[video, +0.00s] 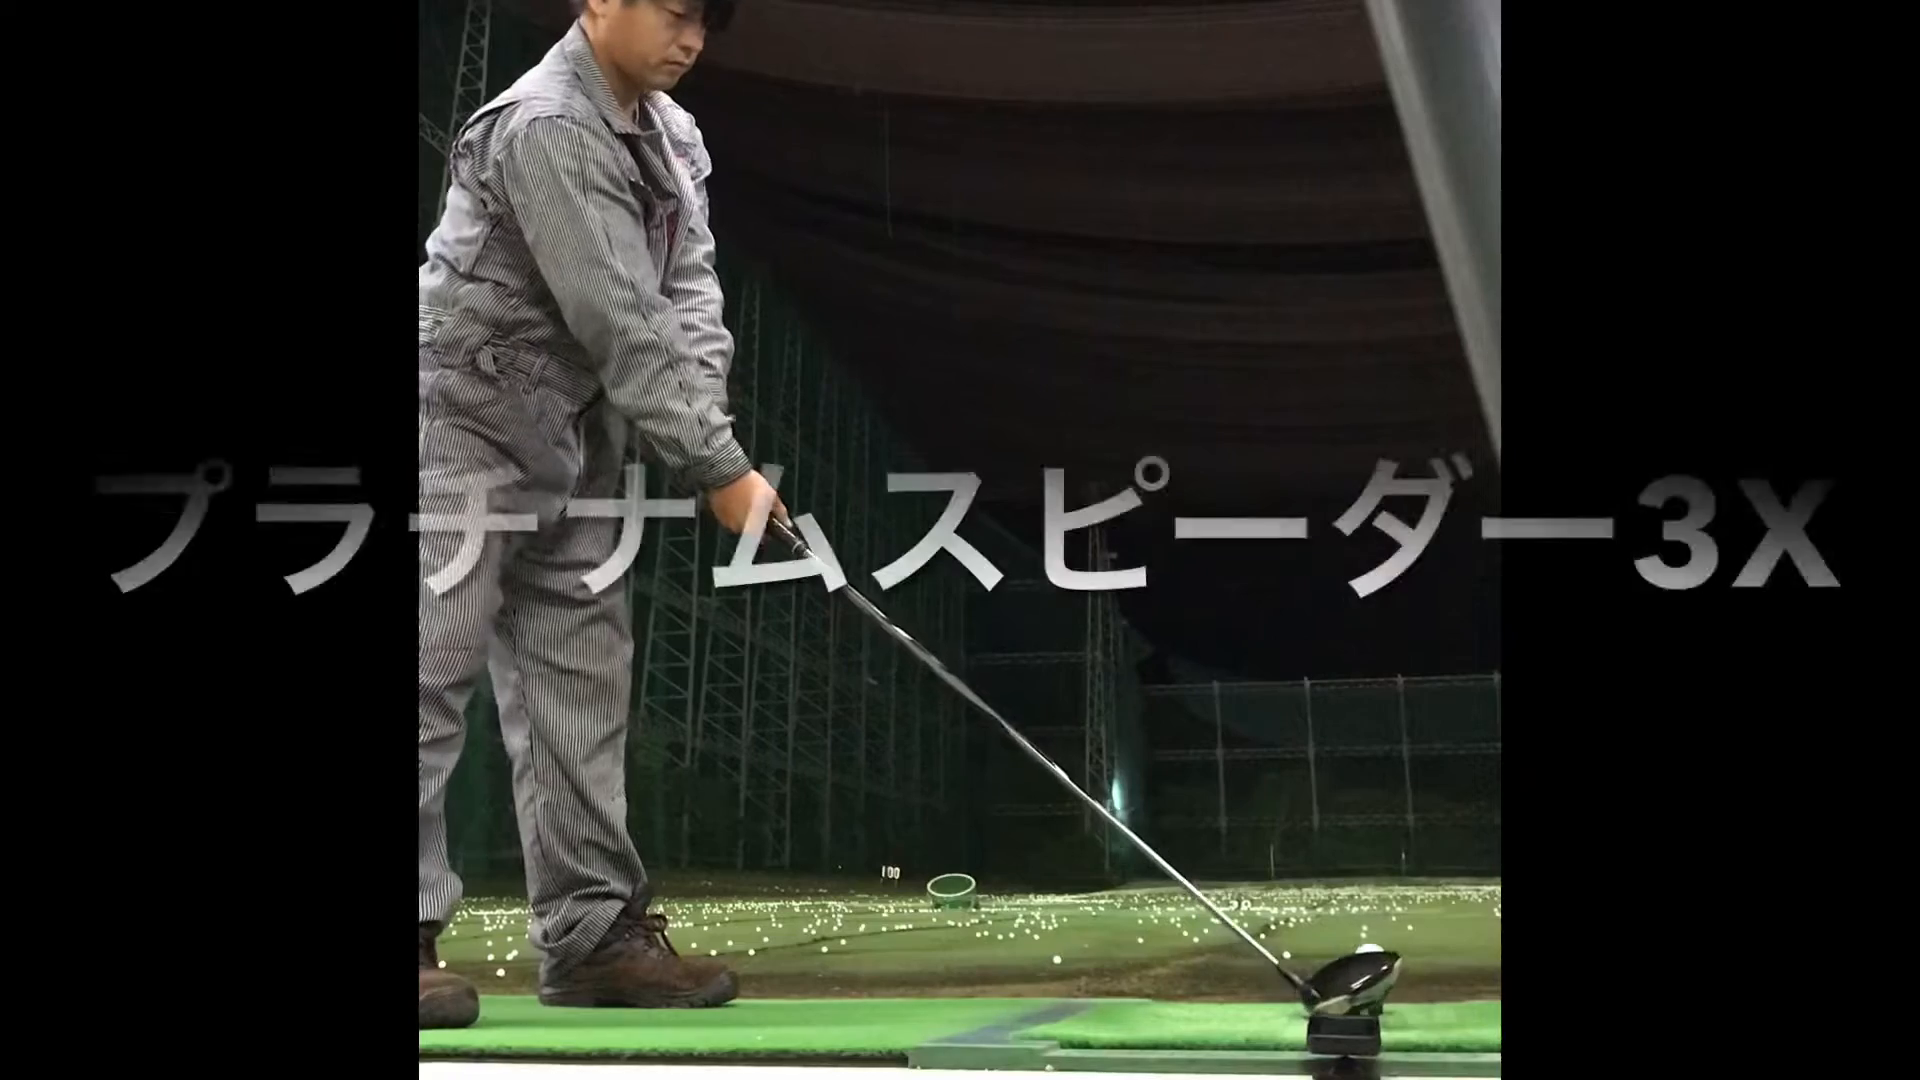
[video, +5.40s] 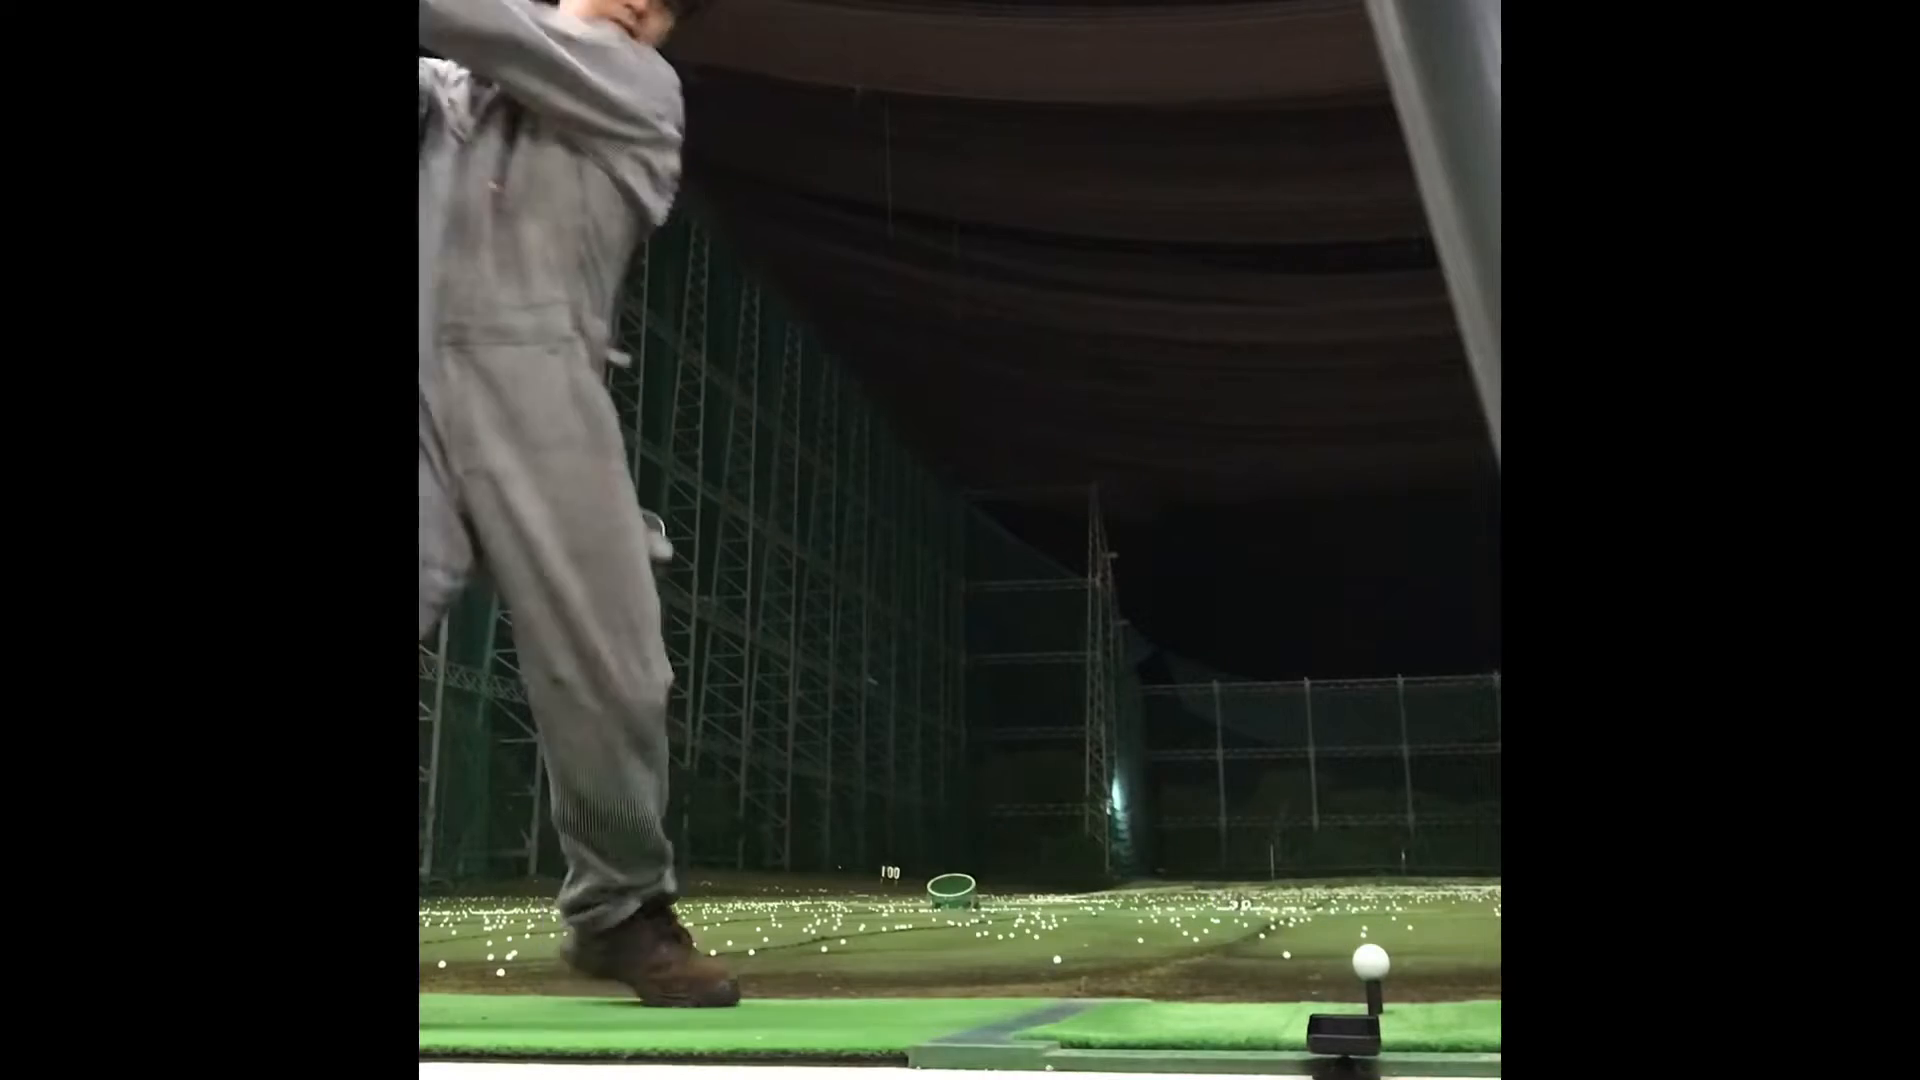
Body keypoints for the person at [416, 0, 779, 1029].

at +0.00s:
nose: (692, 39)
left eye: (701, 20)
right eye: (671, 15)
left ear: (699, 30)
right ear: (597, 9)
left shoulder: (675, 132)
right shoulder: (548, 125)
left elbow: (694, 294)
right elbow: (615, 318)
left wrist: (701, 428)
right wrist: (719, 467)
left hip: (578, 443)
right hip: (463, 430)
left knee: (576, 680)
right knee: (435, 679)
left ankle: (590, 938)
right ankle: (416, 946)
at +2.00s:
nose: (702, 20)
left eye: (704, 4)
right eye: (683, 0)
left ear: (670, 16)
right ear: (605, 2)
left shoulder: (676, 121)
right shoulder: (554, 113)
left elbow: (708, 277)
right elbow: (637, 295)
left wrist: (730, 419)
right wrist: (743, 434)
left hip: (591, 448)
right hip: (480, 436)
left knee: (602, 682)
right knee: (430, 683)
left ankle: (598, 935)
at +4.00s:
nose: (671, 19)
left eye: (679, 4)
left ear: (677, 18)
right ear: (581, 2)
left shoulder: (658, 120)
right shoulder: (543, 107)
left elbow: (698, 267)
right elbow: (627, 284)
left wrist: (724, 401)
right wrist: (732, 422)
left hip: (591, 434)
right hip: (484, 426)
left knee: (601, 667)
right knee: (434, 672)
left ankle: (599, 934)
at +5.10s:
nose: (653, 30)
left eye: (670, 20)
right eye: (638, 5)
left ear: (673, 42)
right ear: (574, 2)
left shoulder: (682, 132)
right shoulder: (469, 105)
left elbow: (680, 240)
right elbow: (512, 236)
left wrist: (645, 335)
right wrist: (590, 342)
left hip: (604, 428)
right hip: (460, 421)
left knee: (629, 677)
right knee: (420, 656)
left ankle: (600, 935)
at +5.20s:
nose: (653, 33)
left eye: (672, 26)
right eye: (639, 7)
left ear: (676, 48)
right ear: (577, 2)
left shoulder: (685, 130)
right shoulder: (454, 95)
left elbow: (620, 194)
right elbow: (440, 178)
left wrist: (492, 228)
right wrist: (446, 225)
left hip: (591, 430)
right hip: (441, 413)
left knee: (634, 683)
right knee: (416, 640)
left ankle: (601, 936)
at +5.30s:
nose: (651, 30)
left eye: (672, 24)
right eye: (636, 5)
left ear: (678, 47)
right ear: (578, 4)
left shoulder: (677, 120)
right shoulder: (472, 84)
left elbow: (556, 108)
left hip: (572, 405)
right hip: (435, 386)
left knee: (624, 673)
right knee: (420, 620)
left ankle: (607, 930)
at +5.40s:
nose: (634, 24)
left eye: (647, 21)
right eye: (628, 7)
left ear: (656, 33)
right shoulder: (448, 77)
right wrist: (533, 31)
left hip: (533, 377)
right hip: (427, 378)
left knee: (610, 658)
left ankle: (622, 913)